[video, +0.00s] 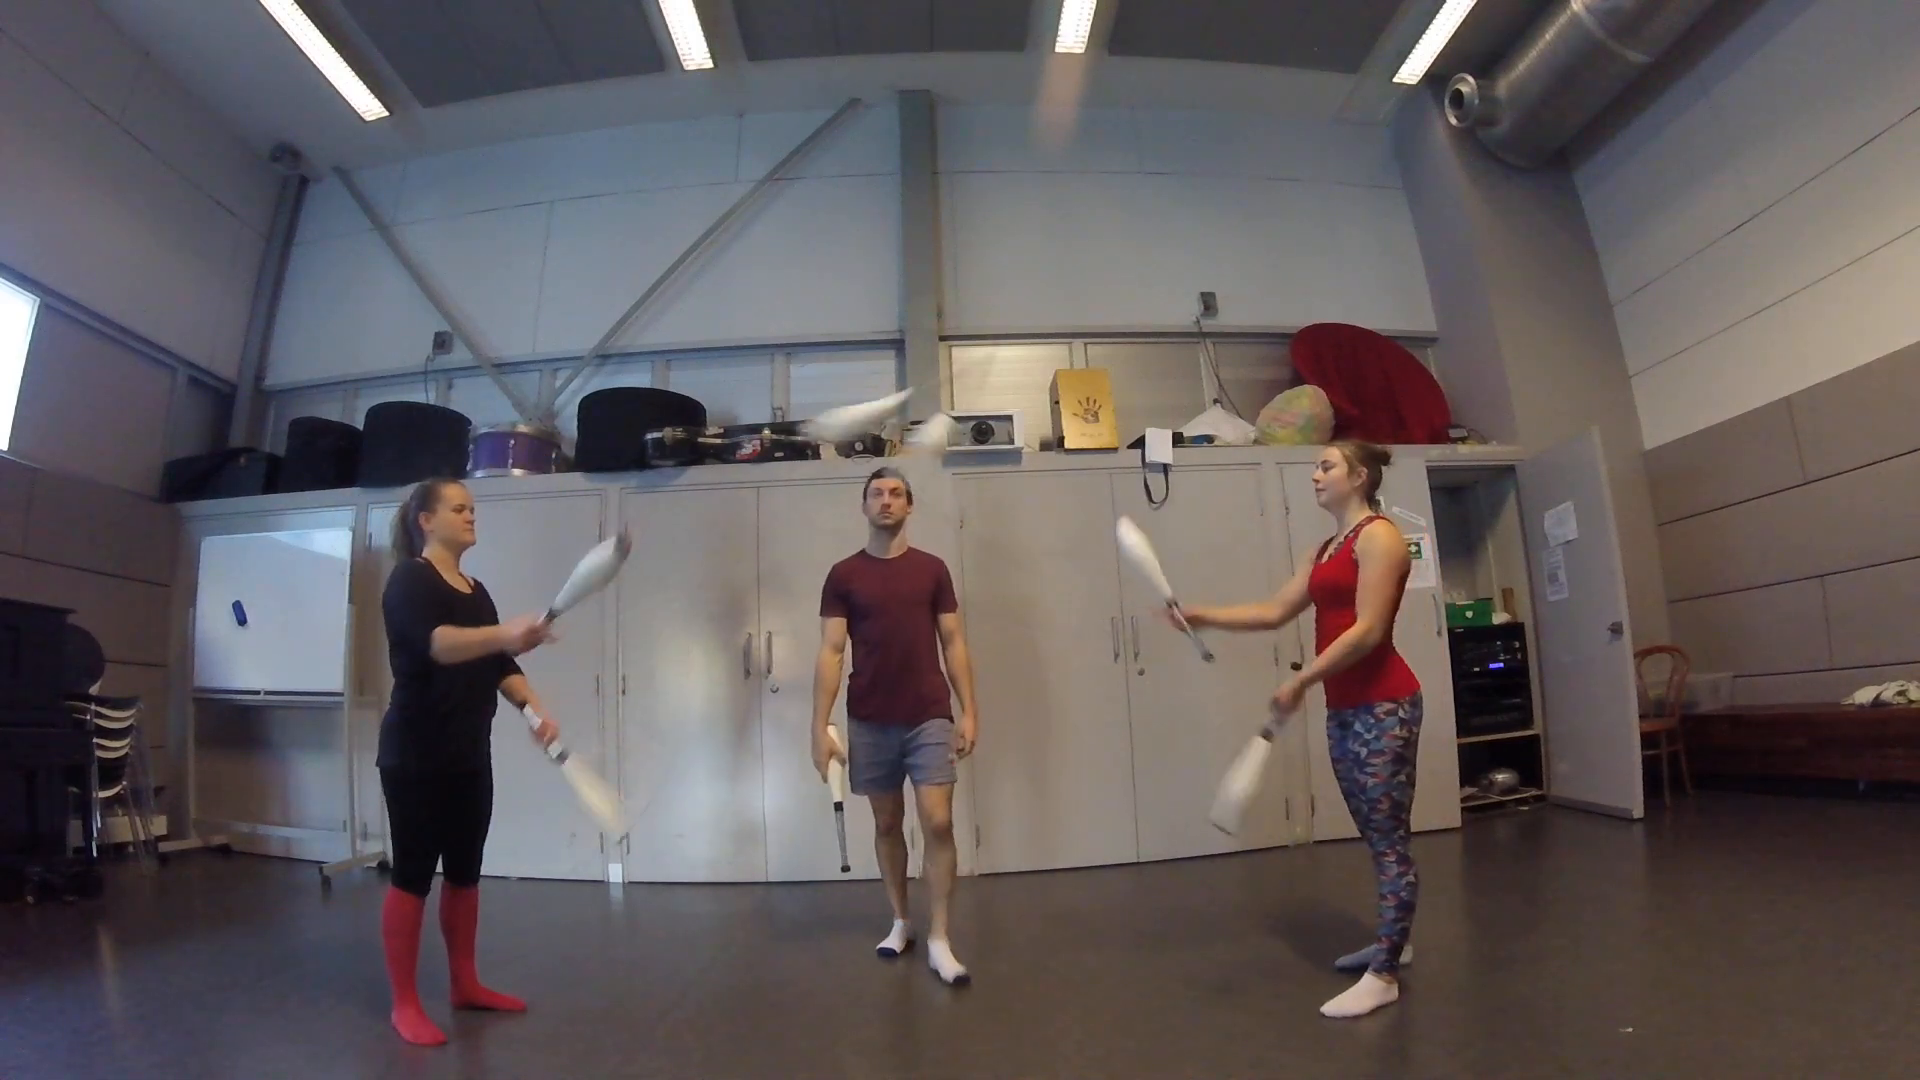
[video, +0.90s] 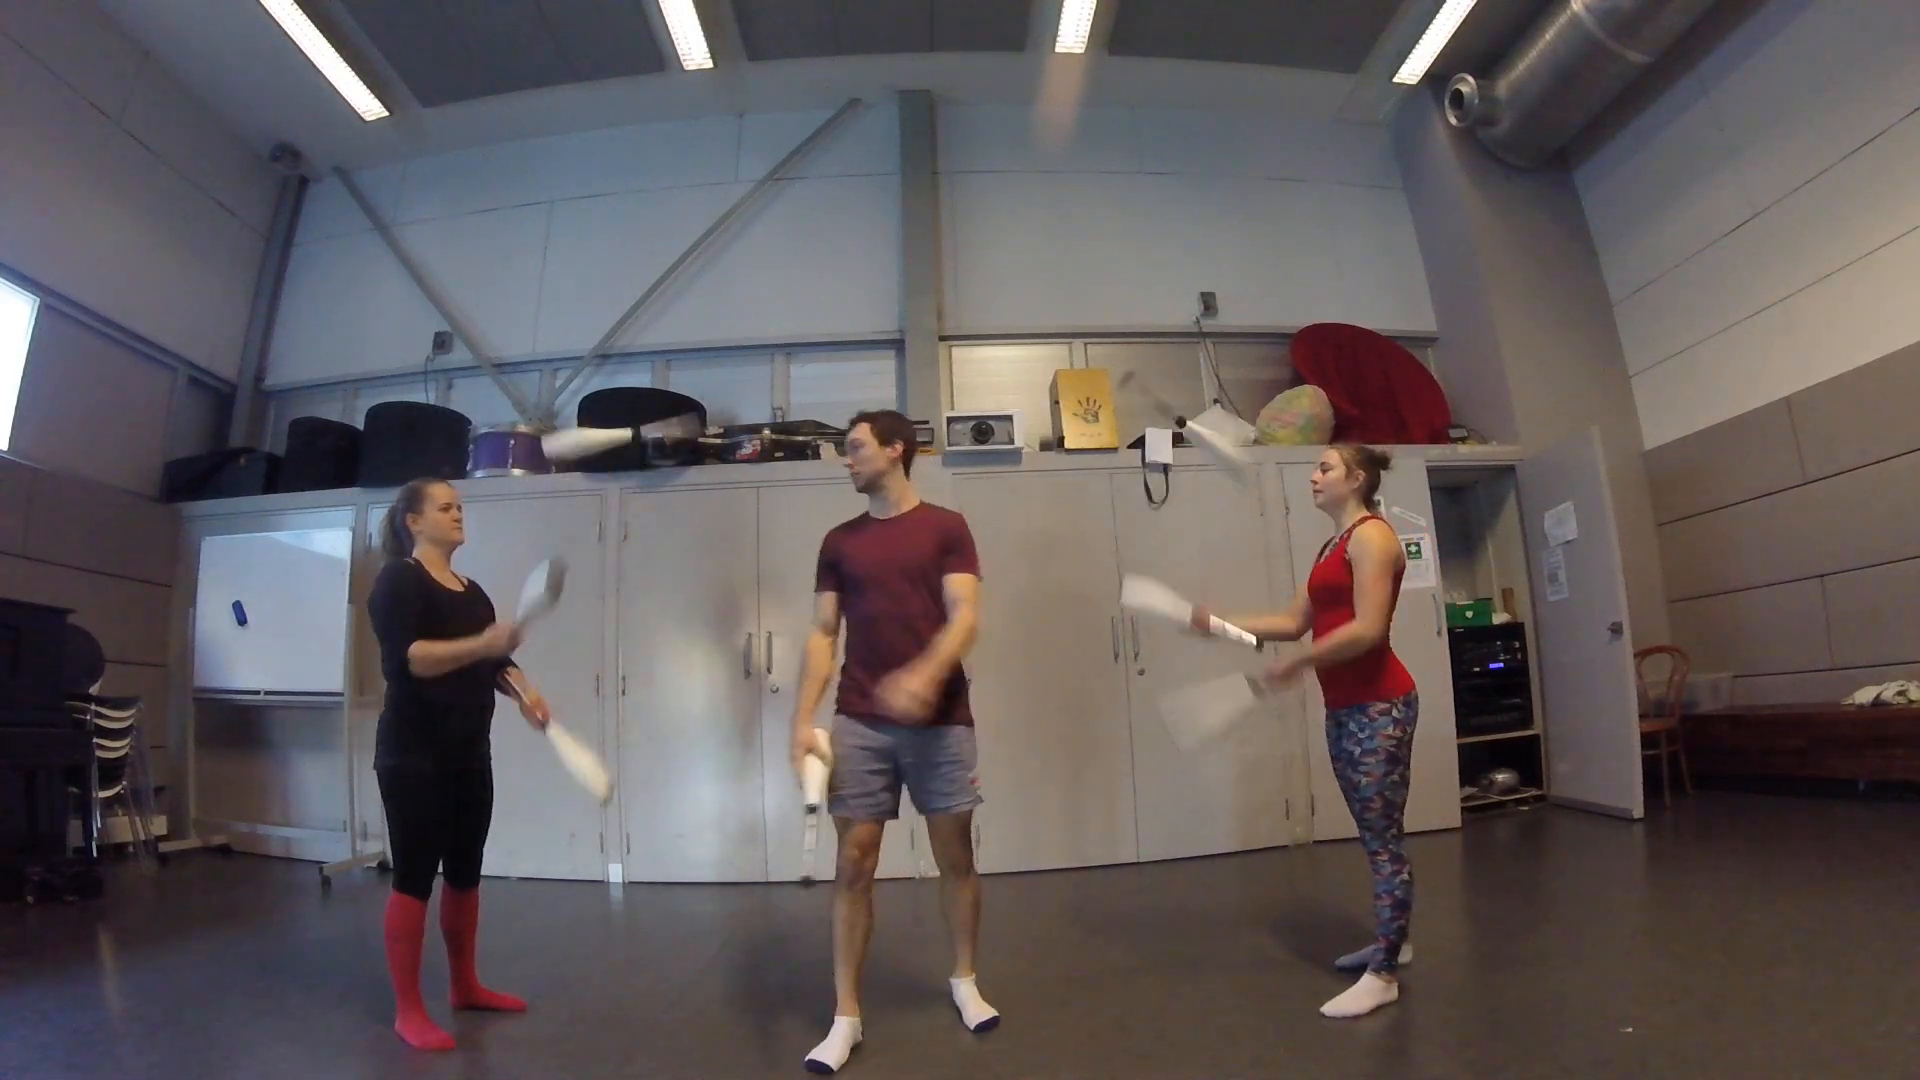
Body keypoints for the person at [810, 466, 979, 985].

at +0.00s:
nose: (886, 500)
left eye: (895, 494)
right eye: (877, 494)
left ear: (909, 507)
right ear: (864, 507)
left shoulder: (932, 568)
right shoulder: (844, 574)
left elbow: (953, 641)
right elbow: (831, 651)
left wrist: (968, 710)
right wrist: (821, 726)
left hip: (931, 717)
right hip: (871, 721)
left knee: (939, 825)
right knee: (886, 826)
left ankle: (939, 937)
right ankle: (899, 921)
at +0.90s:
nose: (846, 460)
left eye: (856, 449)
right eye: (845, 451)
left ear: (897, 453)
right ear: (878, 457)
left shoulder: (946, 527)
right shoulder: (841, 541)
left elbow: (965, 617)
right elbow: (824, 634)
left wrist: (922, 674)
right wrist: (804, 719)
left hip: (940, 725)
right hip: (861, 725)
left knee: (956, 857)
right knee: (854, 863)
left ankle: (965, 981)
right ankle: (845, 1016)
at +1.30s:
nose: (800, 451)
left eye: (807, 439)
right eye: (800, 441)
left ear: (844, 435)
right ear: (842, 437)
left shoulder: (888, 504)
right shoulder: (836, 527)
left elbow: (781, 552)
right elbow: (811, 636)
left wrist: (677, 572)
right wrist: (774, 714)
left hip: (908, 713)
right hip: (836, 722)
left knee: (965, 855)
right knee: (847, 869)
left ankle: (1012, 983)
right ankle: (847, 1016)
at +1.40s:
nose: (796, 451)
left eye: (802, 439)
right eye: (795, 440)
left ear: (839, 434)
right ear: (838, 435)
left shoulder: (881, 502)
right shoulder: (836, 522)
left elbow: (768, 553)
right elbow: (819, 637)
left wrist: (667, 579)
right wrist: (780, 715)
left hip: (909, 711)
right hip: (838, 721)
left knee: (966, 855)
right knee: (849, 870)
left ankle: (1015, 981)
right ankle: (848, 1016)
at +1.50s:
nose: (798, 452)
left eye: (804, 439)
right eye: (797, 441)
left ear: (842, 434)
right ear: (839, 436)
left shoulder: (883, 499)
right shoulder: (838, 521)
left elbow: (772, 554)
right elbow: (821, 635)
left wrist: (671, 586)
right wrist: (781, 716)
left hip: (912, 710)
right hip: (841, 720)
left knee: (969, 855)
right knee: (851, 870)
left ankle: (1015, 982)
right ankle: (849, 1015)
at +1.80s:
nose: (924, 445)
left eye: (925, 435)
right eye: (912, 433)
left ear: (913, 446)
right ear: (870, 440)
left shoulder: (936, 509)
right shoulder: (830, 532)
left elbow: (987, 586)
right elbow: (813, 637)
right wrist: (824, 736)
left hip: (953, 719)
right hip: (874, 726)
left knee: (981, 859)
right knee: (861, 872)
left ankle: (991, 998)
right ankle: (848, 1019)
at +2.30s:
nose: (1016, 445)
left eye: (1012, 433)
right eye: (1008, 433)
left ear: (958, 441)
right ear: (980, 437)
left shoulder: (917, 517)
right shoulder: (996, 504)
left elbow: (910, 623)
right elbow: (1108, 581)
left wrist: (995, 616)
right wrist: (1202, 608)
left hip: (933, 703)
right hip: (960, 708)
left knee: (984, 860)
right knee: (980, 876)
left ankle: (994, 995)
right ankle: (931, 1033)